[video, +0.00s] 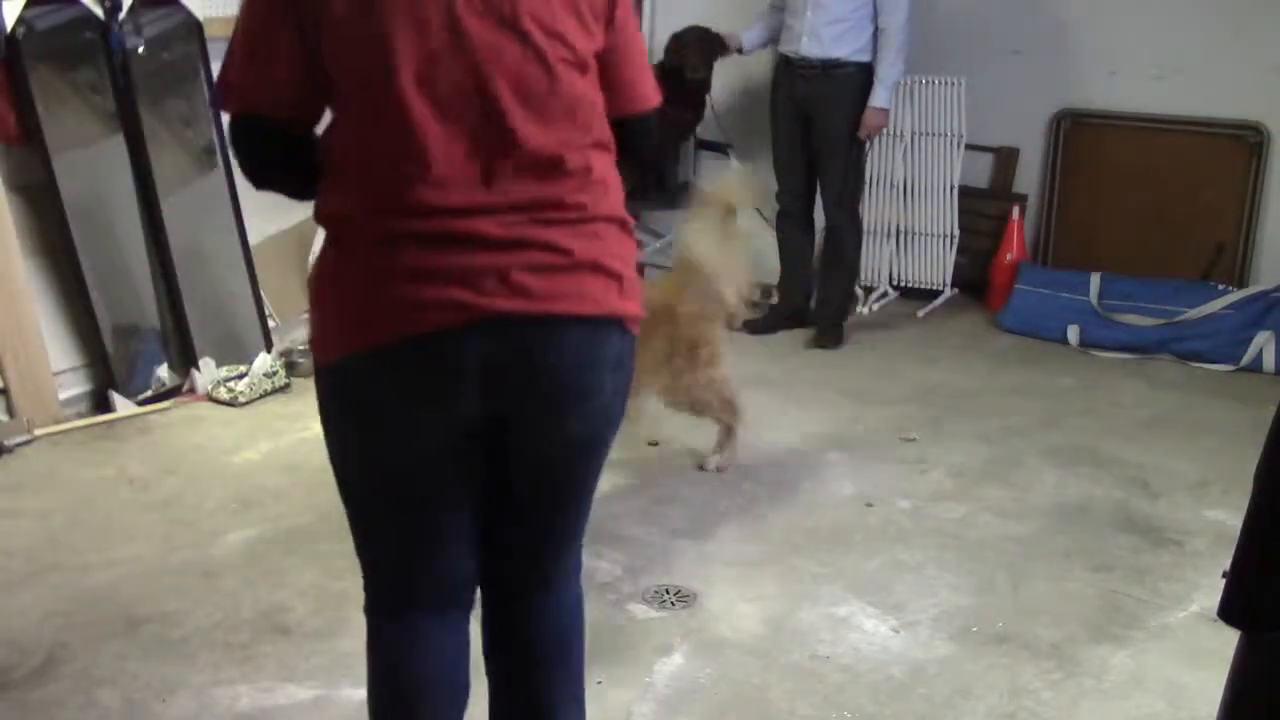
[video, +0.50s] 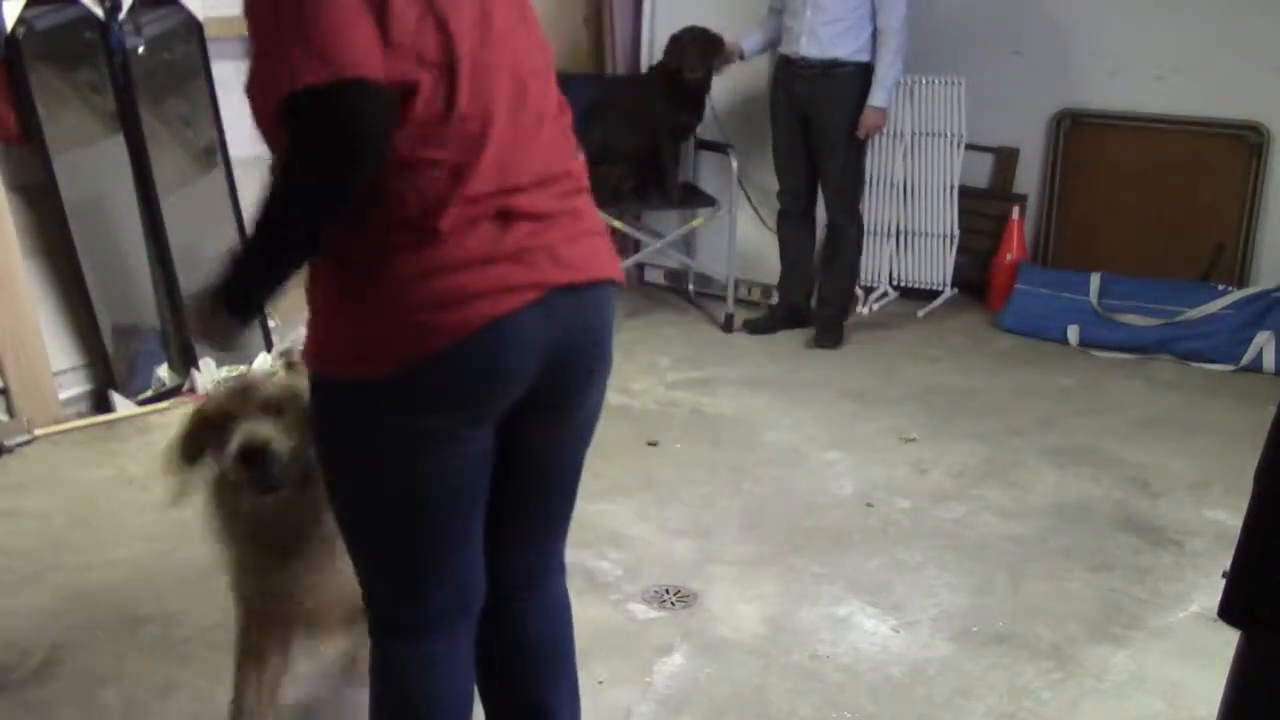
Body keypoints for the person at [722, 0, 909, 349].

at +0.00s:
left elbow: (894, 25)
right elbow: (780, 15)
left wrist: (880, 101)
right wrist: (739, 42)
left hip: (845, 79)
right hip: (790, 75)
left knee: (840, 207)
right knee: (792, 202)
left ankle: (831, 316)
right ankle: (792, 304)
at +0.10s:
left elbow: (893, 28)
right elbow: (781, 15)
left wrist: (878, 101)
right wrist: (740, 42)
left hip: (845, 79)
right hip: (789, 75)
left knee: (840, 207)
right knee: (791, 202)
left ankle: (831, 316)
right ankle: (792, 305)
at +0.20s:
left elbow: (893, 28)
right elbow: (782, 16)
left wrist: (878, 102)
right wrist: (737, 34)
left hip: (844, 79)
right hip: (789, 75)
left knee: (840, 207)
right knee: (791, 202)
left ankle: (831, 316)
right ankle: (792, 305)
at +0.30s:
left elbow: (893, 28)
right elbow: (782, 16)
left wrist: (878, 102)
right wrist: (737, 34)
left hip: (844, 79)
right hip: (789, 75)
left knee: (840, 207)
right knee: (792, 202)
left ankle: (831, 316)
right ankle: (792, 305)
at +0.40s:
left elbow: (892, 29)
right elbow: (780, 17)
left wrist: (878, 101)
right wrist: (739, 46)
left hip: (845, 79)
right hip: (790, 76)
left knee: (841, 209)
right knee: (792, 203)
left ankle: (831, 318)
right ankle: (792, 306)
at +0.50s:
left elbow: (892, 29)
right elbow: (780, 19)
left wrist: (878, 101)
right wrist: (740, 48)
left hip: (844, 80)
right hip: (789, 77)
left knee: (842, 209)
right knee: (793, 203)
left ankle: (831, 317)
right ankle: (792, 306)